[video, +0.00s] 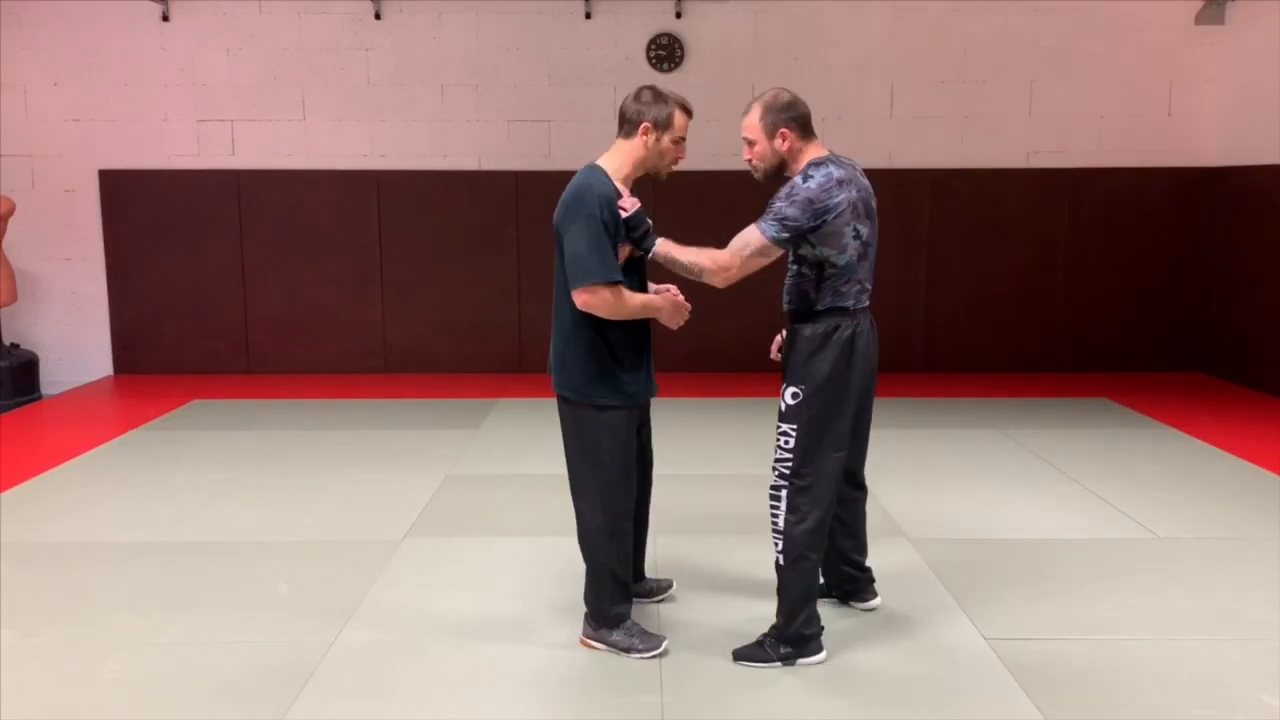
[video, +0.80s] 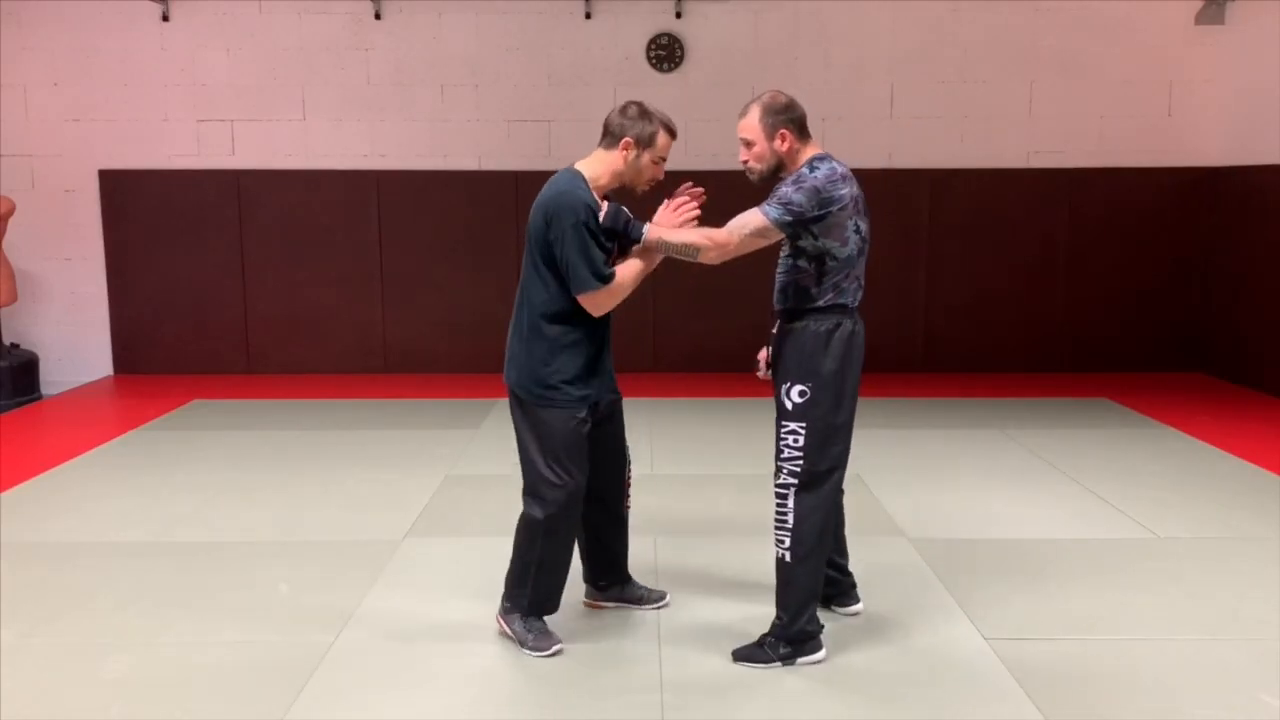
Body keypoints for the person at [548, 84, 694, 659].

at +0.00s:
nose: (682, 153)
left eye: (684, 141)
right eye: (678, 140)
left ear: (644, 133)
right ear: (647, 134)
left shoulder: (621, 193)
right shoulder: (589, 196)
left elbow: (627, 272)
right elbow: (590, 295)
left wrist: (656, 296)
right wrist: (655, 306)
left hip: (623, 374)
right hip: (592, 379)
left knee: (631, 485)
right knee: (605, 496)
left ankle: (625, 578)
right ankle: (604, 619)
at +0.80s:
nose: (660, 174)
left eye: (663, 163)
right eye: (657, 162)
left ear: (626, 149)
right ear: (627, 149)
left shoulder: (598, 198)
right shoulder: (567, 203)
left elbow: (641, 252)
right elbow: (597, 300)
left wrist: (669, 228)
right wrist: (653, 243)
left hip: (589, 370)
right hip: (548, 375)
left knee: (608, 480)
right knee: (556, 493)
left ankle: (607, 581)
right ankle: (520, 610)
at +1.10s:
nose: (639, 171)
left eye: (643, 161)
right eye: (637, 159)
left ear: (606, 147)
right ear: (608, 148)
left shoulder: (577, 193)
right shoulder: (555, 206)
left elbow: (617, 247)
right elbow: (591, 301)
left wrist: (653, 229)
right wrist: (640, 242)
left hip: (582, 370)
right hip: (538, 377)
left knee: (609, 474)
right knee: (532, 500)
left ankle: (609, 580)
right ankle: (505, 615)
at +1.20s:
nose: (633, 166)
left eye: (636, 155)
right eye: (631, 153)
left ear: (599, 143)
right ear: (601, 144)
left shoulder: (575, 192)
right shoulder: (550, 203)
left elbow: (623, 240)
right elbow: (586, 298)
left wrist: (651, 223)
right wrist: (634, 239)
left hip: (582, 372)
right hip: (537, 378)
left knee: (606, 478)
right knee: (532, 501)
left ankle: (609, 580)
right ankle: (507, 615)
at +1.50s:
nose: (630, 168)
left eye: (632, 157)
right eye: (626, 155)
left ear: (591, 148)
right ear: (593, 147)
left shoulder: (577, 201)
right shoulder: (540, 209)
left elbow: (611, 258)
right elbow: (579, 306)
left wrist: (657, 227)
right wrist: (637, 258)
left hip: (589, 374)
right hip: (541, 381)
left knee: (619, 471)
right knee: (536, 497)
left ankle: (609, 581)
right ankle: (505, 613)